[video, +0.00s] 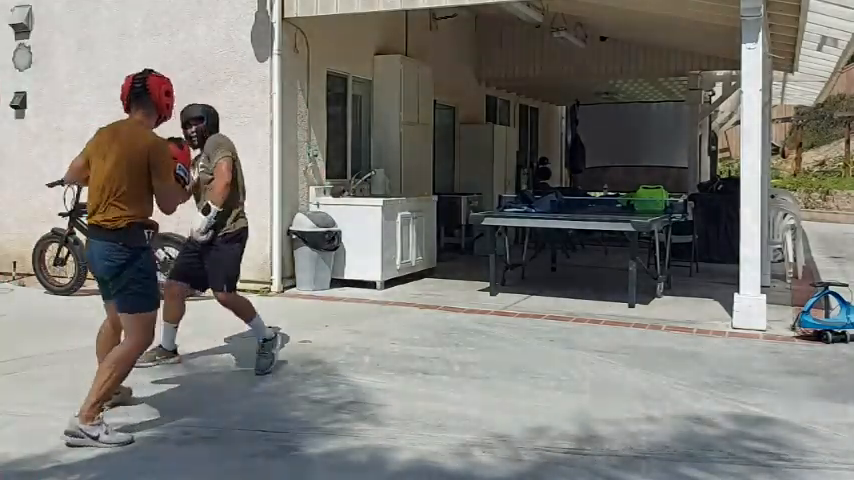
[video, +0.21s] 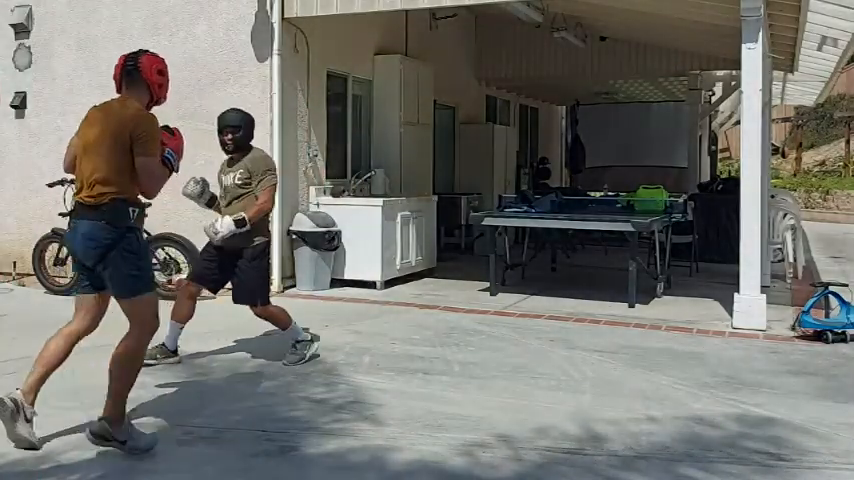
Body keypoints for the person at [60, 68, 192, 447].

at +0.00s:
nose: (170, 109)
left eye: (168, 102)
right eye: (168, 102)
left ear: (130, 102)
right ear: (161, 104)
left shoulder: (104, 134)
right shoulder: (155, 145)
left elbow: (74, 174)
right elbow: (168, 203)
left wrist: (110, 180)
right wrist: (187, 183)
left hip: (98, 244)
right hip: (128, 247)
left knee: (115, 320)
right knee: (139, 337)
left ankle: (109, 390)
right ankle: (86, 419)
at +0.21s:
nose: (163, 90)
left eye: (162, 82)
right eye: (161, 82)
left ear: (122, 79)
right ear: (151, 79)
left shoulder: (95, 114)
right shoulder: (141, 118)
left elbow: (70, 164)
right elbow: (151, 187)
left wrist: (116, 157)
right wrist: (171, 157)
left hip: (81, 227)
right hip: (115, 229)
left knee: (83, 320)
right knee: (144, 323)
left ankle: (24, 398)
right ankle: (113, 421)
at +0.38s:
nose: (167, 117)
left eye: (166, 108)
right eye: (166, 108)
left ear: (126, 107)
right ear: (156, 106)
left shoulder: (101, 142)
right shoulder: (140, 148)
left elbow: (106, 205)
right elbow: (143, 216)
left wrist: (155, 195)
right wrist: (169, 191)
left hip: (74, 258)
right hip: (110, 262)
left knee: (38, 350)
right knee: (146, 357)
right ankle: (177, 449)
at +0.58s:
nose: (218, 103)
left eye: (217, 96)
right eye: (217, 95)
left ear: (175, 94)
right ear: (209, 91)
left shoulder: (149, 133)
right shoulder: (205, 127)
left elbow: (124, 197)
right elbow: (215, 186)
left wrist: (184, 195)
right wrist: (232, 175)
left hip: (133, 245)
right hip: (172, 246)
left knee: (135, 339)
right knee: (177, 357)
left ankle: (57, 405)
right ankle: (186, 458)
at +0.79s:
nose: (260, 98)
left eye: (256, 92)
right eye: (258, 91)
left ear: (216, 90)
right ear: (251, 88)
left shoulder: (191, 126)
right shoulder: (256, 127)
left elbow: (156, 180)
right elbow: (272, 193)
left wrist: (195, 197)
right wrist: (270, 179)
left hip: (184, 238)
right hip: (217, 241)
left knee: (229, 328)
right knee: (204, 355)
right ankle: (187, 456)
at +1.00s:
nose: (301, 103)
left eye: (297, 97)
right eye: (299, 97)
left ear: (259, 96)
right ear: (294, 96)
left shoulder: (233, 134)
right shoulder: (304, 136)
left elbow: (201, 186)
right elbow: (305, 205)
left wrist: (234, 203)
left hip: (237, 248)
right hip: (272, 249)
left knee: (285, 337)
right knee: (259, 349)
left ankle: (302, 430)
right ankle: (201, 443)